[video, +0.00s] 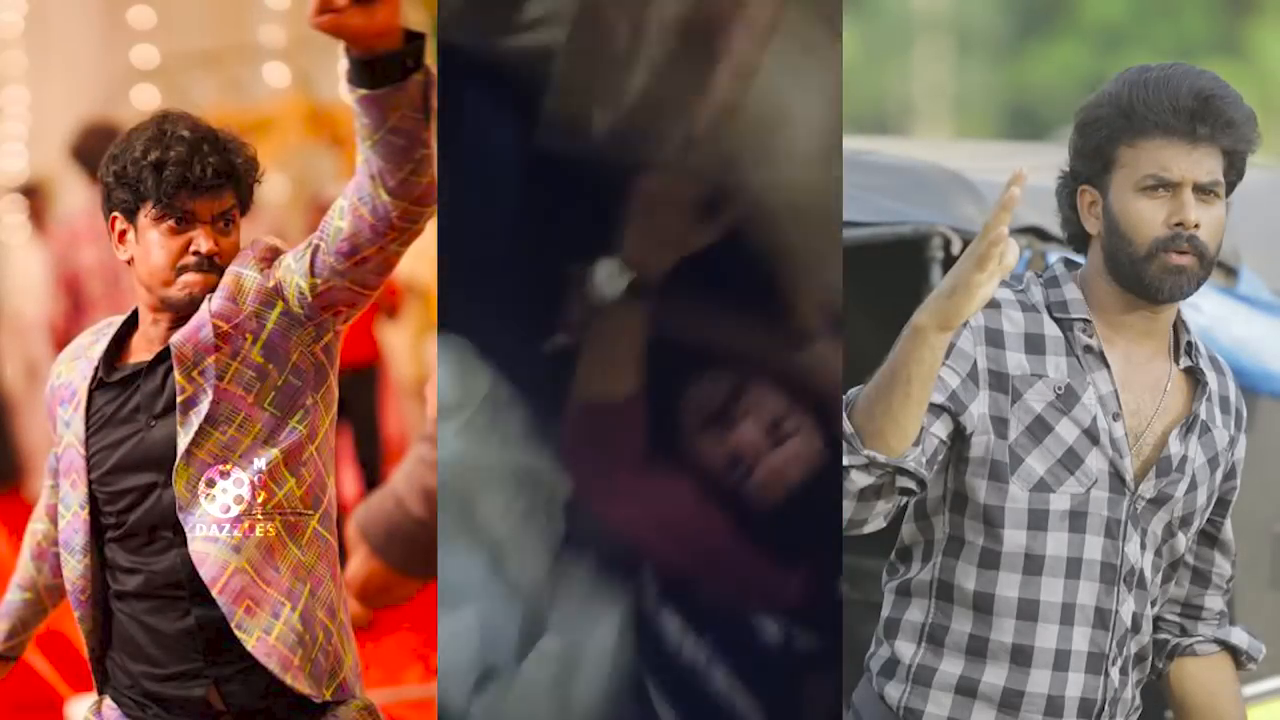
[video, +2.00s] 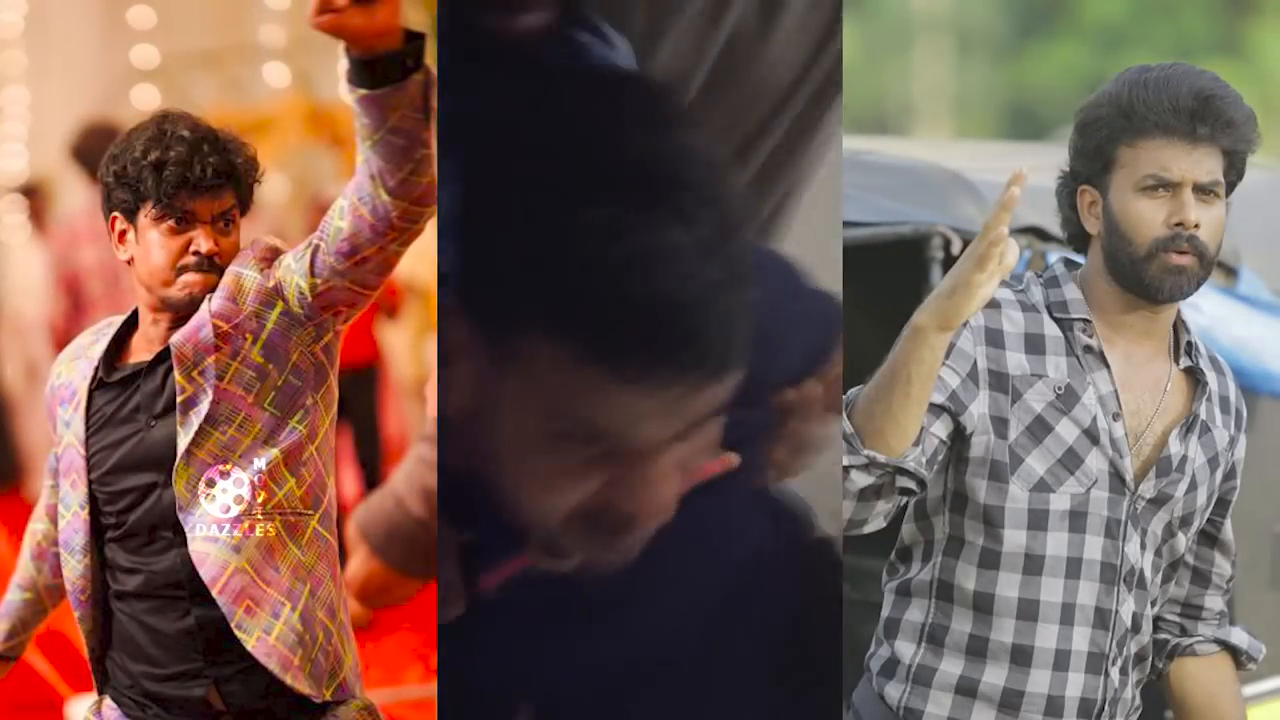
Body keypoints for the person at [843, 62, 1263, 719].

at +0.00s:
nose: (1187, 217)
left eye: (1207, 194)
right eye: (1157, 190)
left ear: (1227, 208)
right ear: (1092, 208)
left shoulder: (1219, 397)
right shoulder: (984, 329)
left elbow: (1193, 617)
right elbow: (854, 506)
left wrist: (1226, 711)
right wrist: (932, 326)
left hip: (1106, 709)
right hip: (936, 702)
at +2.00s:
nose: (1187, 217)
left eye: (1207, 194)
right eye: (1157, 190)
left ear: (1227, 208)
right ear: (1092, 207)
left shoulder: (1219, 398)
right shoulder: (984, 329)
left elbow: (1193, 617)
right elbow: (851, 507)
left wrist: (1225, 711)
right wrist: (931, 327)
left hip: (1105, 709)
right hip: (934, 702)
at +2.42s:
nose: (1187, 217)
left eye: (1207, 194)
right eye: (1157, 190)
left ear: (1227, 208)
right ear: (1092, 207)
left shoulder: (1219, 398)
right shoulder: (984, 329)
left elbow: (1193, 617)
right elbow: (850, 509)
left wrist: (1225, 711)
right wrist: (931, 327)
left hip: (1105, 709)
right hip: (934, 702)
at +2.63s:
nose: (1187, 217)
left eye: (1207, 194)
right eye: (1157, 190)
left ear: (1227, 208)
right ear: (1092, 207)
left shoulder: (1219, 398)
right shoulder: (984, 329)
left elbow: (1193, 617)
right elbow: (850, 508)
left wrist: (1225, 711)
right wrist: (931, 327)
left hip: (1105, 709)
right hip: (935, 701)